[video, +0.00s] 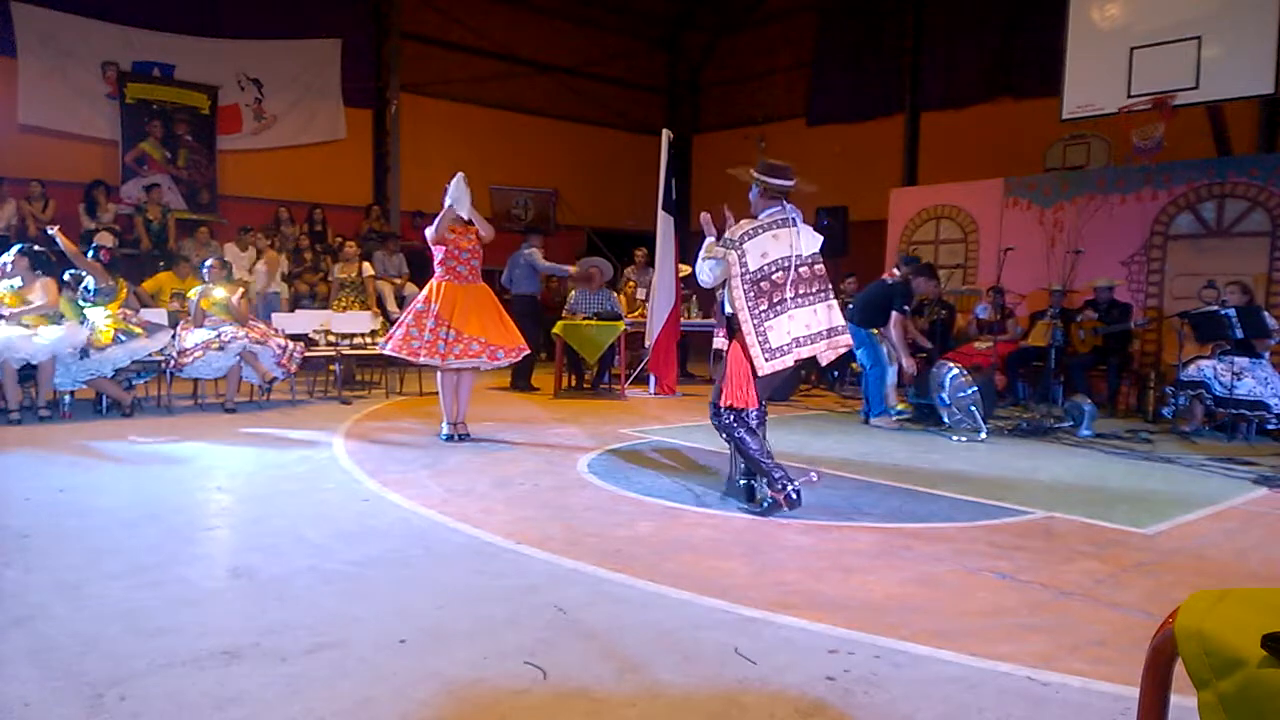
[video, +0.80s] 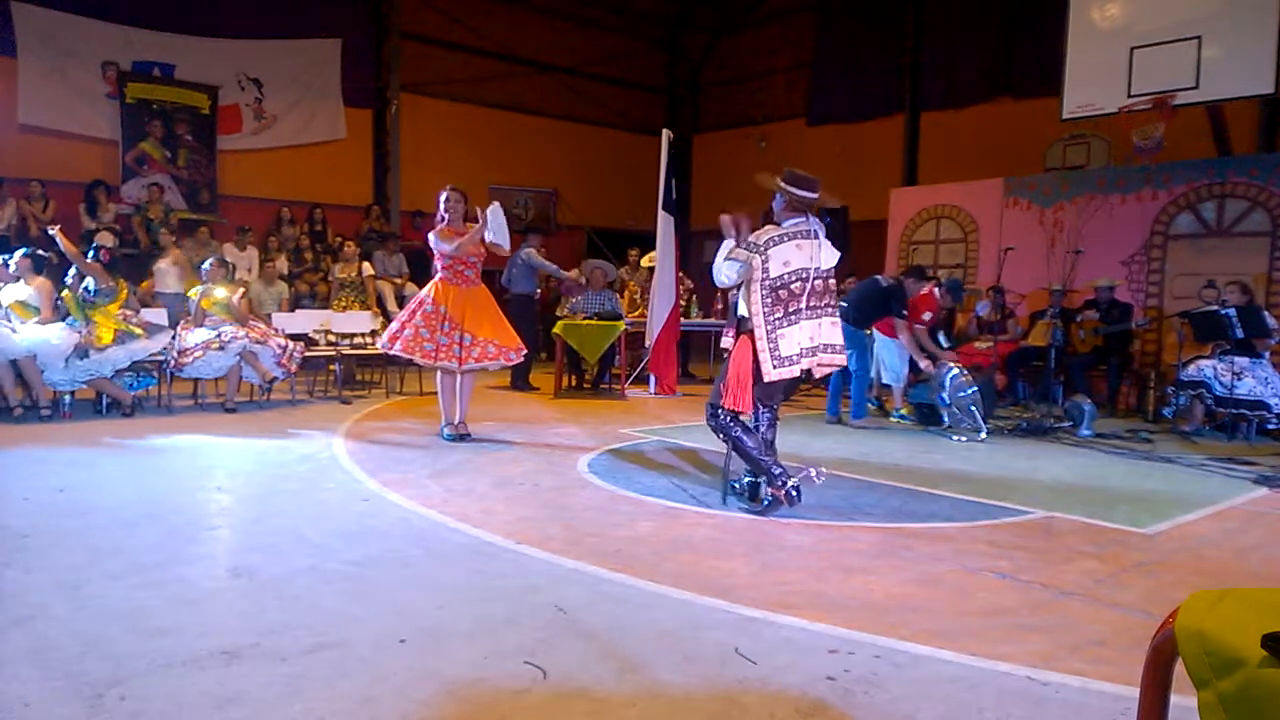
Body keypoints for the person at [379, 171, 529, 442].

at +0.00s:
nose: (457, 207)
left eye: (460, 204)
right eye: (452, 202)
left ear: (466, 207)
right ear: (445, 205)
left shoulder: (475, 232)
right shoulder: (436, 232)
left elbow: (489, 234)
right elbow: (436, 234)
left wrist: (469, 210)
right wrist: (450, 205)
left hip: (473, 297)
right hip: (446, 296)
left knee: (468, 363)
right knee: (447, 363)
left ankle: (461, 420)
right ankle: (447, 420)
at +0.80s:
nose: (450, 206)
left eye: (456, 202)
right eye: (446, 202)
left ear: (465, 206)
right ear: (440, 207)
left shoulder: (475, 232)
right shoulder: (437, 235)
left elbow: (504, 251)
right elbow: (455, 248)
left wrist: (494, 221)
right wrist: (481, 228)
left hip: (472, 299)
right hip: (446, 299)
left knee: (468, 365)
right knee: (447, 364)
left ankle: (461, 421)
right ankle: (447, 422)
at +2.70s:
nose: (462, 210)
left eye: (467, 205)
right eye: (458, 205)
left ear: (472, 206)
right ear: (451, 206)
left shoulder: (481, 236)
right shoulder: (439, 231)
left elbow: (487, 232)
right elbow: (441, 225)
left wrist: (470, 202)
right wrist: (450, 200)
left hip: (469, 297)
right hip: (442, 295)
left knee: (462, 365)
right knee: (442, 364)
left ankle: (458, 421)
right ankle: (446, 422)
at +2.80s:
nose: (460, 210)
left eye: (465, 205)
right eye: (455, 205)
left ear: (471, 206)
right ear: (450, 207)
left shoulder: (481, 236)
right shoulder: (440, 231)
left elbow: (486, 229)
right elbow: (441, 224)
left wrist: (469, 201)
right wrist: (449, 199)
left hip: (470, 296)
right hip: (443, 294)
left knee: (462, 364)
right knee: (443, 364)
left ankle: (458, 421)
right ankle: (445, 421)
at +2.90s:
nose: (461, 211)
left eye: (467, 205)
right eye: (458, 206)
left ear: (472, 209)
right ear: (452, 209)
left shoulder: (481, 237)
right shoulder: (440, 231)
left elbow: (485, 227)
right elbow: (439, 223)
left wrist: (468, 201)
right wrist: (448, 197)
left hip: (470, 296)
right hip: (442, 295)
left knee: (463, 365)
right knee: (443, 365)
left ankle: (458, 421)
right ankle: (445, 422)